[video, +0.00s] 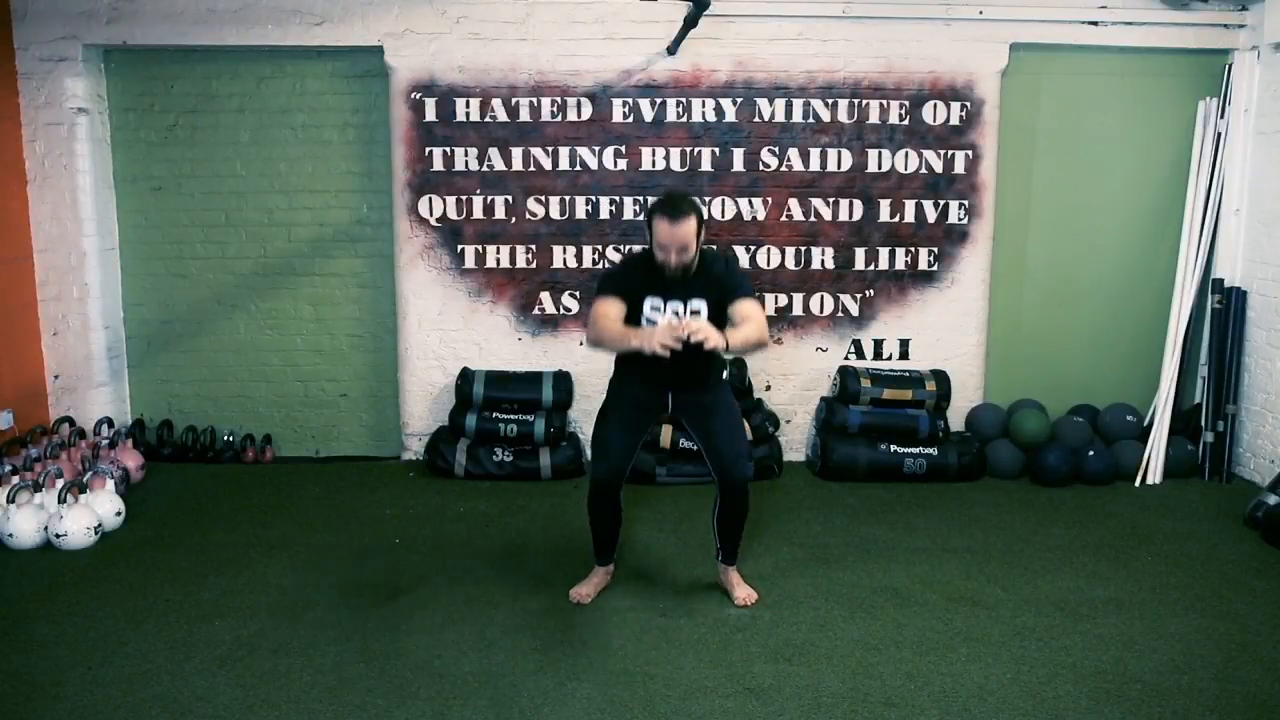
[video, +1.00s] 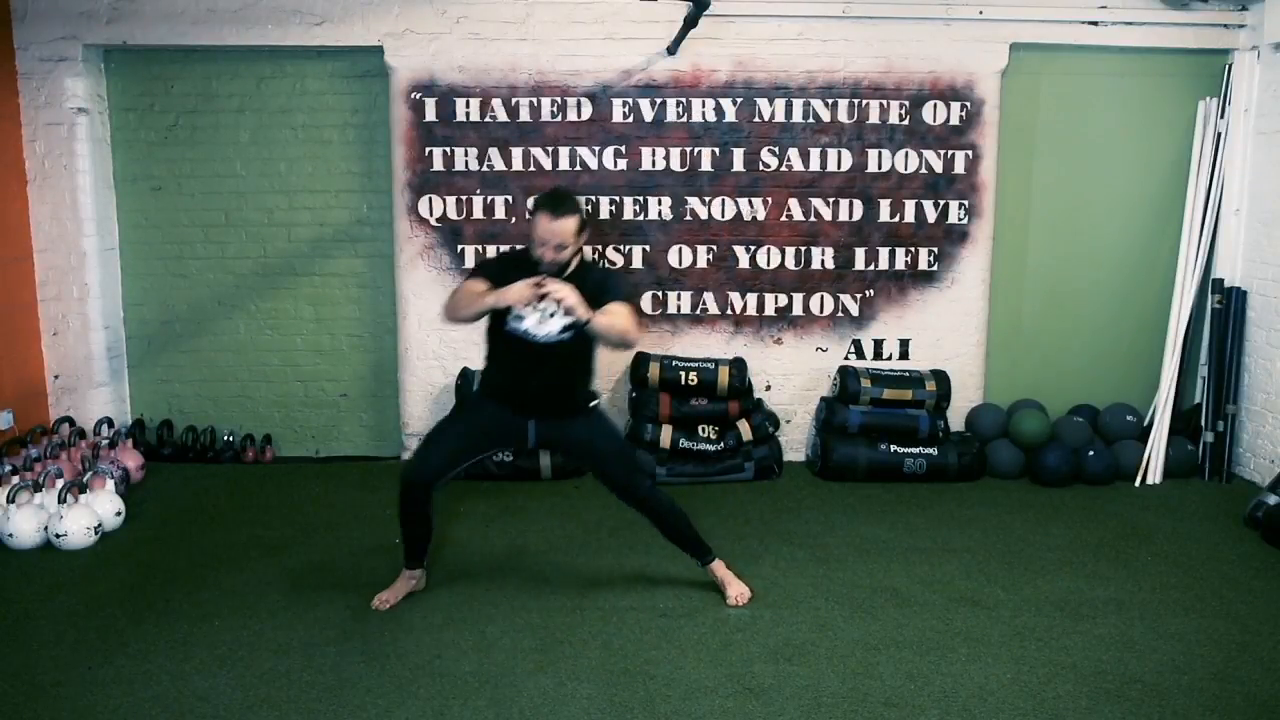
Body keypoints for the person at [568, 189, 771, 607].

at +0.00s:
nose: (673, 259)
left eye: (682, 250)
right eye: (663, 249)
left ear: (699, 235)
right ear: (650, 237)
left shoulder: (721, 270)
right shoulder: (628, 272)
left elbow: (757, 329)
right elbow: (598, 330)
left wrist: (724, 338)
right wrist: (643, 336)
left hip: (703, 386)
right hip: (637, 384)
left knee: (736, 472)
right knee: (605, 471)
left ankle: (728, 565)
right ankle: (603, 566)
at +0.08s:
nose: (675, 218)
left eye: (685, 209)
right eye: (666, 208)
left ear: (701, 197)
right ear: (652, 198)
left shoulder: (725, 239)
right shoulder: (629, 238)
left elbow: (758, 298)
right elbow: (603, 298)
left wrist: (725, 307)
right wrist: (642, 306)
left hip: (704, 367)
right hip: (640, 365)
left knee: (727, 463)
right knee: (615, 462)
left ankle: (727, 562)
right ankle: (604, 563)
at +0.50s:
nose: (686, 172)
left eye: (697, 163)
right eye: (678, 161)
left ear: (716, 159)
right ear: (666, 154)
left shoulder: (733, 207)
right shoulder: (641, 196)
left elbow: (767, 261)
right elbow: (599, 251)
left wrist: (726, 255)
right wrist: (638, 243)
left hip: (700, 357)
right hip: (633, 352)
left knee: (716, 466)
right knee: (594, 452)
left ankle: (728, 564)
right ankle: (553, 552)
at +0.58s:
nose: (679, 176)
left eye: (691, 166)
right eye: (670, 164)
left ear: (710, 162)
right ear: (659, 156)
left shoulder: (726, 211)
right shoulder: (631, 200)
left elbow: (757, 264)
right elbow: (589, 251)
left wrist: (716, 254)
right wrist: (627, 242)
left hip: (690, 361)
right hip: (621, 353)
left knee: (709, 465)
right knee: (569, 448)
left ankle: (727, 564)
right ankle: (513, 547)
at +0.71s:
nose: (658, 183)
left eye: (670, 175)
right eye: (651, 172)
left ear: (689, 170)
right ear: (640, 164)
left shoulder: (702, 219)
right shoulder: (613, 205)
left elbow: (737, 271)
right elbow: (564, 253)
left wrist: (694, 257)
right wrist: (605, 243)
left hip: (664, 369)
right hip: (595, 359)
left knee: (695, 468)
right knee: (532, 447)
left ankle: (725, 565)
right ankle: (462, 541)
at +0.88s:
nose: (605, 213)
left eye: (617, 206)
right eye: (598, 202)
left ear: (637, 199)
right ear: (588, 189)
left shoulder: (649, 240)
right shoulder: (559, 229)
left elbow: (682, 295)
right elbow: (510, 273)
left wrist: (642, 276)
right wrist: (554, 262)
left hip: (617, 389)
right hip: (545, 382)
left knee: (664, 476)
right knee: (472, 464)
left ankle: (721, 566)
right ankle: (413, 564)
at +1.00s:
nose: (549, 254)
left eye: (561, 246)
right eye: (542, 243)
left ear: (581, 238)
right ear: (530, 234)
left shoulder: (600, 280)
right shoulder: (509, 267)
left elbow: (628, 334)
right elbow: (454, 308)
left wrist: (585, 313)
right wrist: (502, 297)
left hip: (570, 413)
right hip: (497, 409)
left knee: (638, 485)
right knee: (417, 475)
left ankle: (715, 566)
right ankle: (413, 570)